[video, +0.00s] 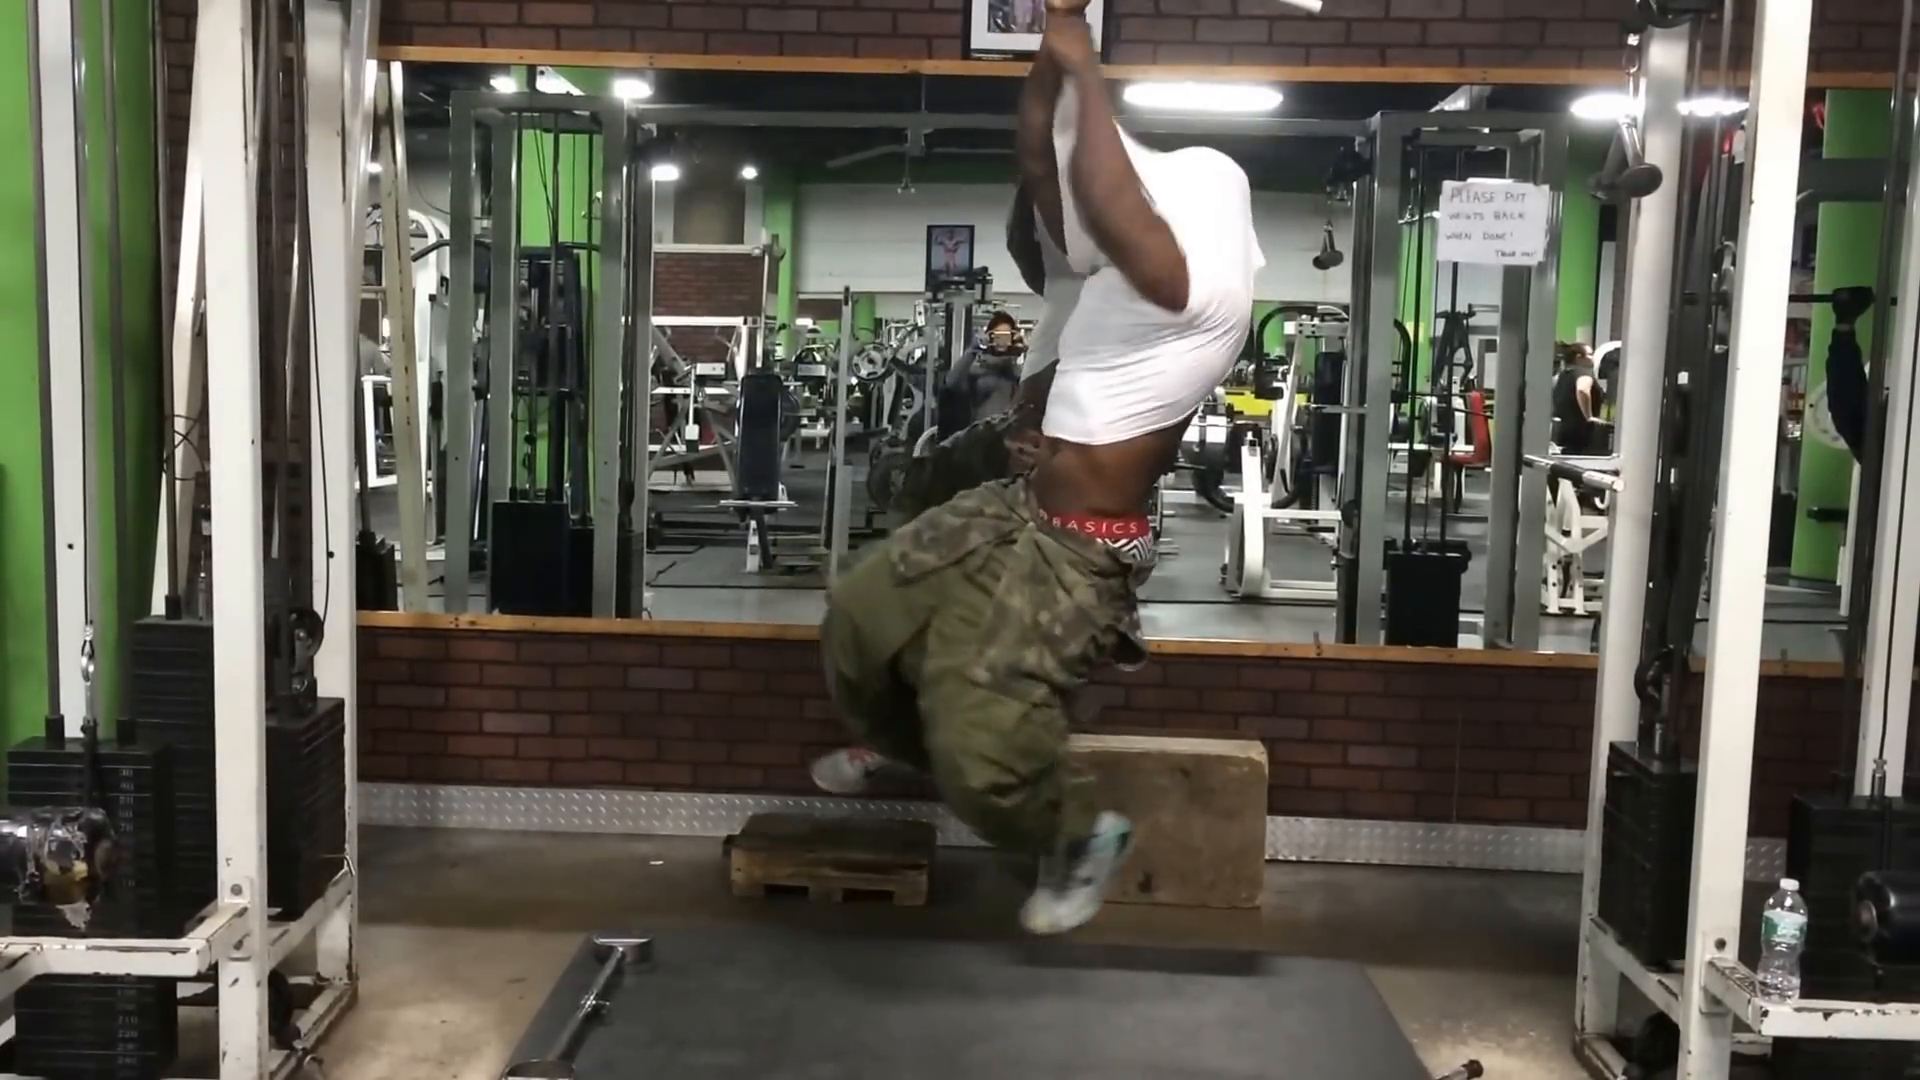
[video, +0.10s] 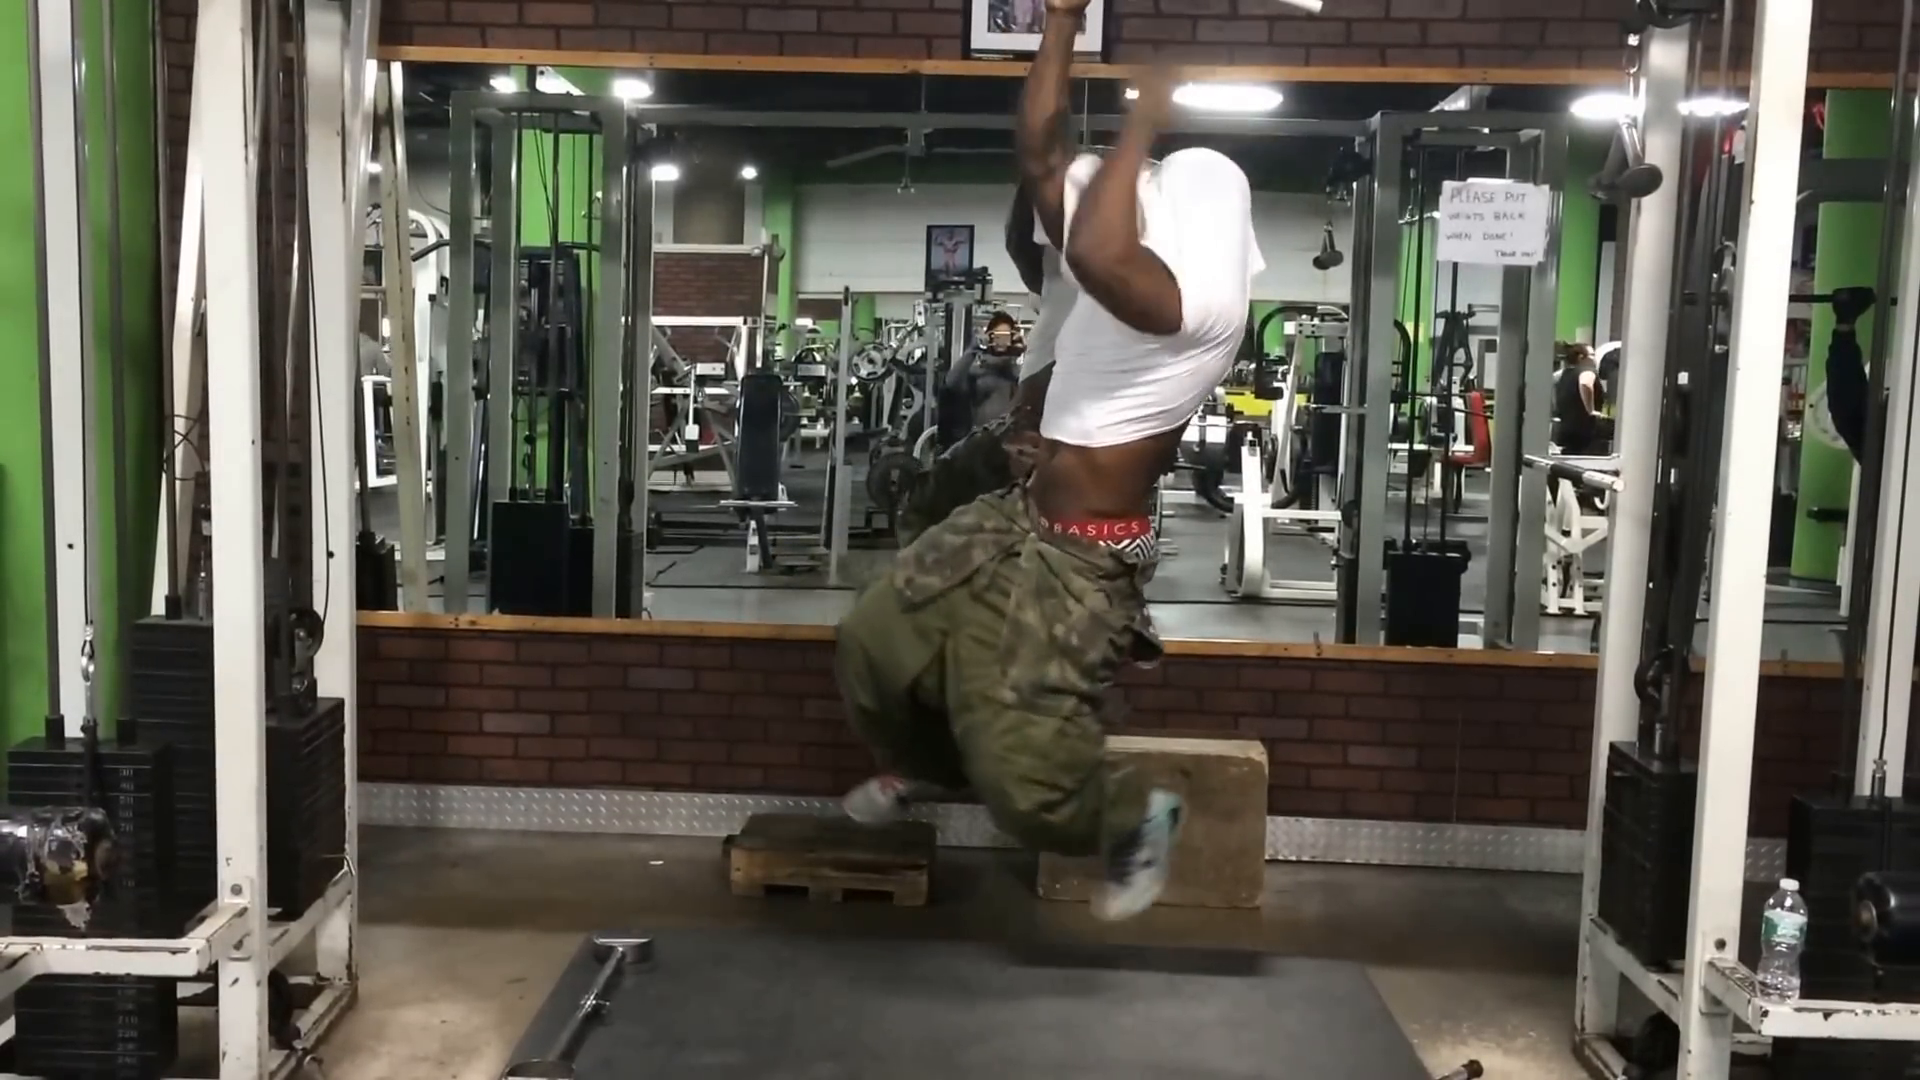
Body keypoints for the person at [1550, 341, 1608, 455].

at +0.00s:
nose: (1593, 358)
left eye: (1592, 354)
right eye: (1590, 354)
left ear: (1576, 358)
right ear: (1579, 358)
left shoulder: (1560, 375)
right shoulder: (1585, 374)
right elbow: (1582, 391)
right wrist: (1589, 416)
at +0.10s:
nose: (1595, 359)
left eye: (1594, 355)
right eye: (1592, 355)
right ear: (1581, 358)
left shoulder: (1562, 374)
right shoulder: (1588, 371)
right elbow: (1585, 384)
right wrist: (1591, 410)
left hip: (1565, 428)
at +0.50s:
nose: (1601, 359)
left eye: (1600, 355)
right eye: (1598, 356)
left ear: (1583, 359)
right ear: (1588, 358)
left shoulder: (1574, 372)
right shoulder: (1591, 370)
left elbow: (1558, 390)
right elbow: (1585, 394)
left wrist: (1558, 415)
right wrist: (1589, 422)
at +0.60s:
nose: (1600, 359)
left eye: (1599, 355)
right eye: (1597, 355)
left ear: (1586, 358)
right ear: (1587, 358)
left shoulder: (1572, 375)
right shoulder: (1588, 375)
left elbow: (1558, 399)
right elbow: (1584, 400)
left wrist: (1556, 417)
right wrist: (1588, 429)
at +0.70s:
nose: (1601, 358)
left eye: (1599, 355)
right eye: (1597, 355)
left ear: (1585, 358)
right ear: (1586, 358)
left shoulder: (1569, 378)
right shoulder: (1586, 377)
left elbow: (1557, 407)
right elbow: (1584, 405)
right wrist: (1588, 433)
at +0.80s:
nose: (1599, 358)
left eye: (1598, 354)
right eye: (1596, 354)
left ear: (1584, 357)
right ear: (1585, 357)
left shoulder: (1568, 376)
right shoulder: (1585, 376)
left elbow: (1559, 407)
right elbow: (1584, 405)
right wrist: (1588, 431)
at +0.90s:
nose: (1599, 358)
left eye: (1598, 354)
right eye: (1596, 354)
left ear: (1584, 356)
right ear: (1585, 356)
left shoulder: (1567, 374)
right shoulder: (1586, 374)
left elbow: (1557, 398)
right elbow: (1584, 399)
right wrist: (1588, 427)